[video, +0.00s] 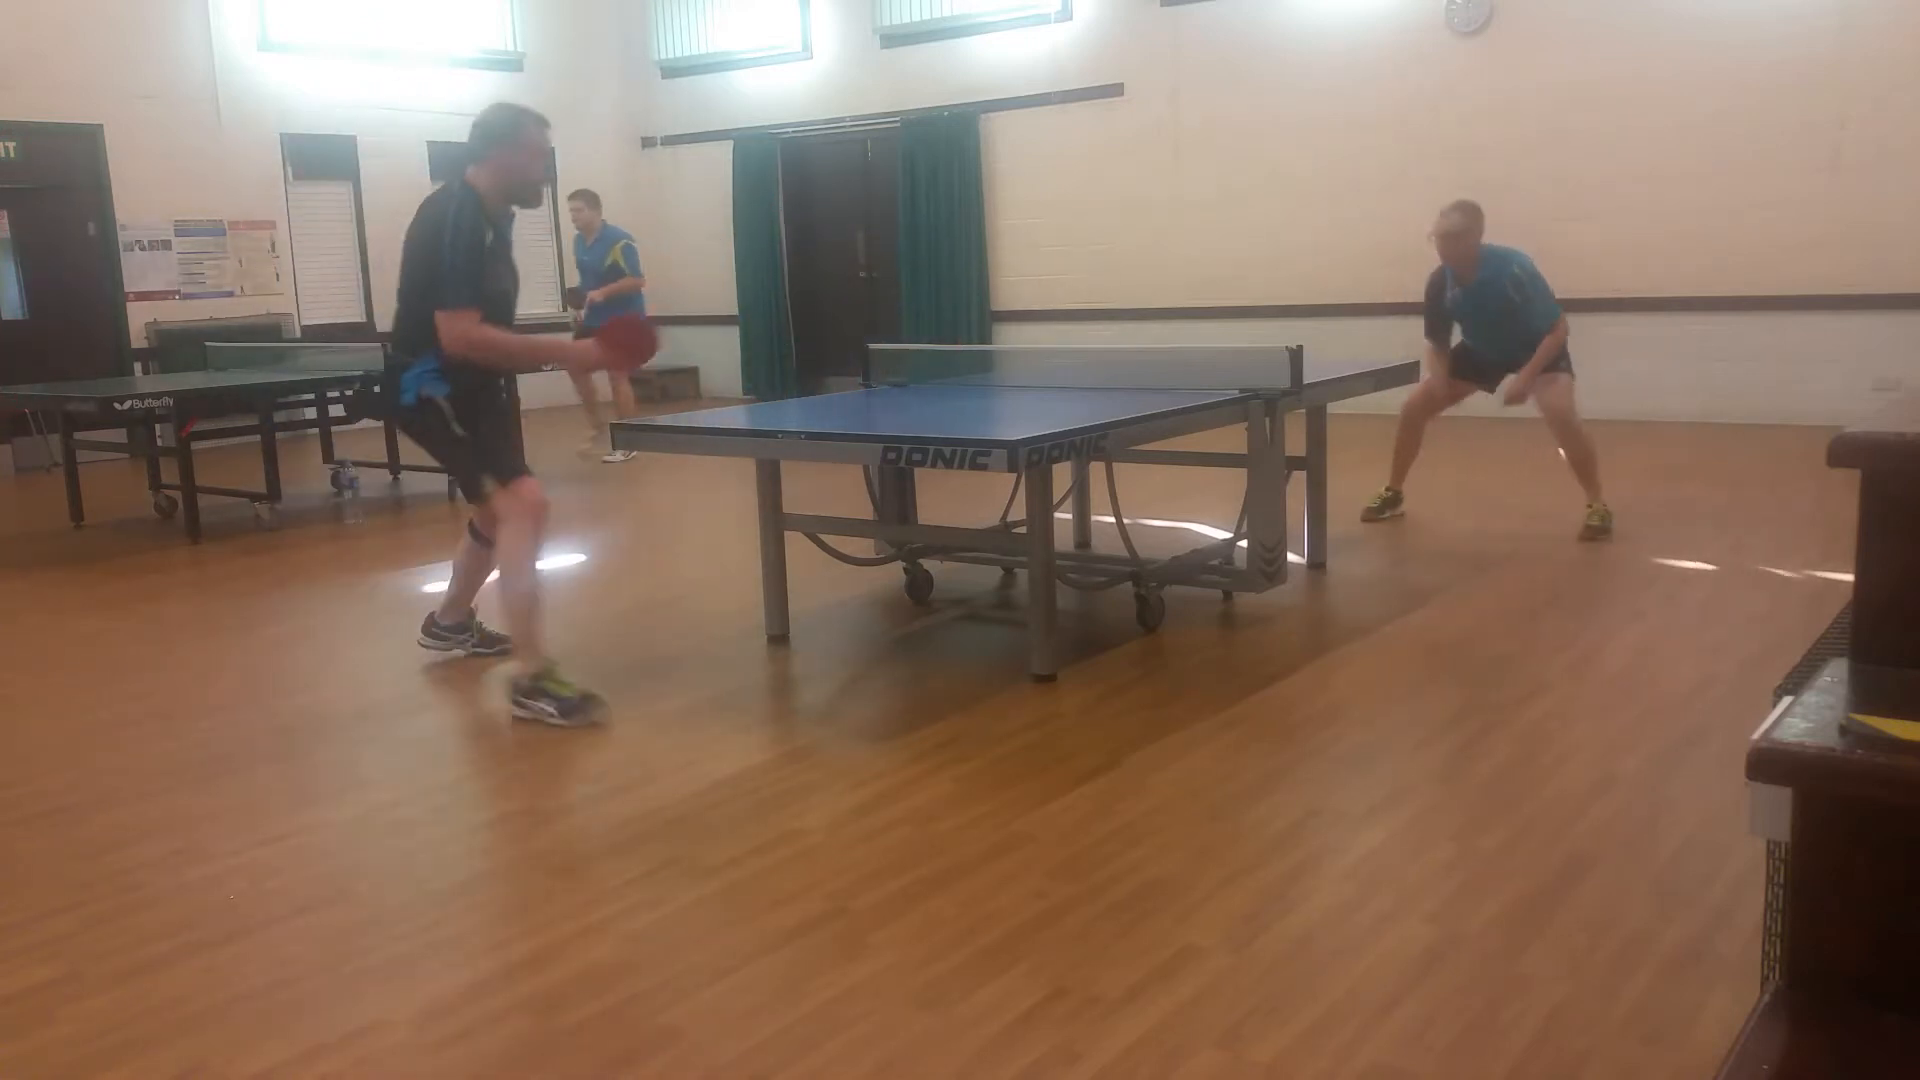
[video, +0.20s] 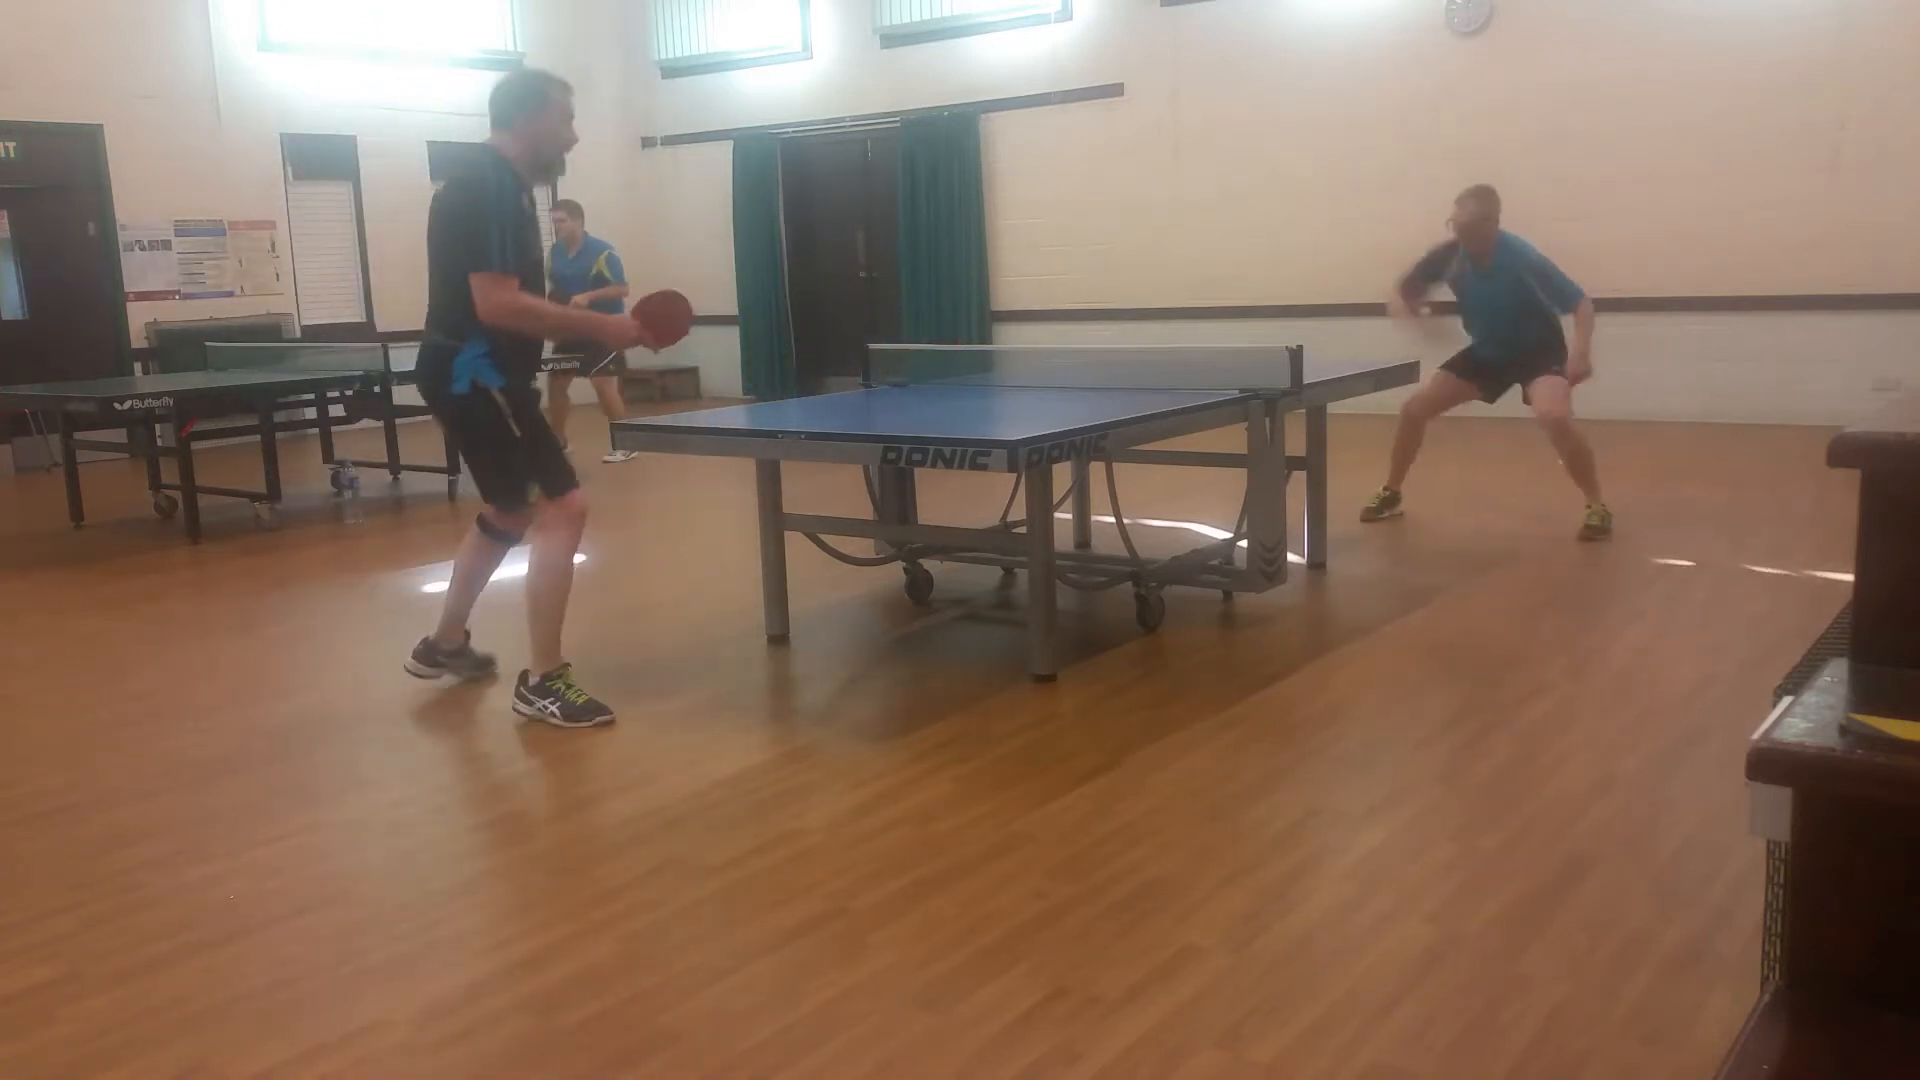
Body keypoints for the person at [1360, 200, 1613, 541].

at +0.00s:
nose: (1439, 246)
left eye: (1448, 238)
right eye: (1437, 238)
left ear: (1472, 240)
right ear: (1434, 239)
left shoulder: (1515, 268)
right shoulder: (1440, 284)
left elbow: (1558, 330)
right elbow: (1437, 342)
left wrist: (1525, 378)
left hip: (1537, 351)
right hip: (1482, 354)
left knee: (1559, 414)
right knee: (1415, 406)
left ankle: (1596, 504)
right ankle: (1393, 492)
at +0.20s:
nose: (1457, 231)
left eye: (1465, 225)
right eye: (1456, 223)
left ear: (1490, 224)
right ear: (1455, 221)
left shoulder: (1521, 257)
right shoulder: (1450, 256)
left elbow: (1581, 303)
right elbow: (1407, 288)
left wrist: (1580, 355)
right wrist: (1408, 308)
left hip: (1540, 352)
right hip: (1488, 353)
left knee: (1554, 419)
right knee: (1415, 408)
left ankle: (1596, 506)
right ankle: (1391, 492)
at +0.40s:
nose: (1460, 193)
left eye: (1470, 185)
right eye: (1458, 185)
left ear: (1493, 188)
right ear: (1455, 186)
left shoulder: (1517, 231)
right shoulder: (1473, 229)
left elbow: (1568, 283)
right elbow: (1488, 275)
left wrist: (1566, 337)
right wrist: (1454, 282)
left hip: (1541, 344)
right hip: (1496, 341)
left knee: (1547, 421)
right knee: (1432, 400)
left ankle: (1595, 507)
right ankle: (1404, 482)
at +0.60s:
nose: (1450, 177)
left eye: (1459, 170)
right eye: (1447, 170)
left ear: (1481, 173)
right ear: (1447, 174)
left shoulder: (1504, 215)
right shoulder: (1465, 221)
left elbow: (1545, 269)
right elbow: (1471, 282)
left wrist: (1524, 316)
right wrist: (1434, 309)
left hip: (1532, 329)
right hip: (1490, 334)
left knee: (1543, 415)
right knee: (1448, 409)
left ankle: (1593, 504)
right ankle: (1477, 481)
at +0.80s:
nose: (1427, 158)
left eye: (1435, 151)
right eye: (1425, 151)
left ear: (1457, 152)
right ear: (1427, 155)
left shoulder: (1478, 193)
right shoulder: (1440, 206)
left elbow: (1514, 244)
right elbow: (1426, 266)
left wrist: (1494, 291)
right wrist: (1390, 285)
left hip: (1504, 309)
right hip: (1467, 315)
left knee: (1500, 402)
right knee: (1447, 401)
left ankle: (1570, 475)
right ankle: (1476, 479)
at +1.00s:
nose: (1403, 168)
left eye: (1411, 160)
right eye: (1401, 161)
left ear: (1432, 162)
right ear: (1403, 165)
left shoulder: (1453, 201)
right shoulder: (1428, 208)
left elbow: (1473, 256)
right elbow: (1427, 272)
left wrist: (1440, 306)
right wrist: (1388, 298)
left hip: (1484, 312)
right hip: (1454, 315)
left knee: (1484, 412)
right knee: (1412, 389)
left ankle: (1554, 475)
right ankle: (1414, 474)